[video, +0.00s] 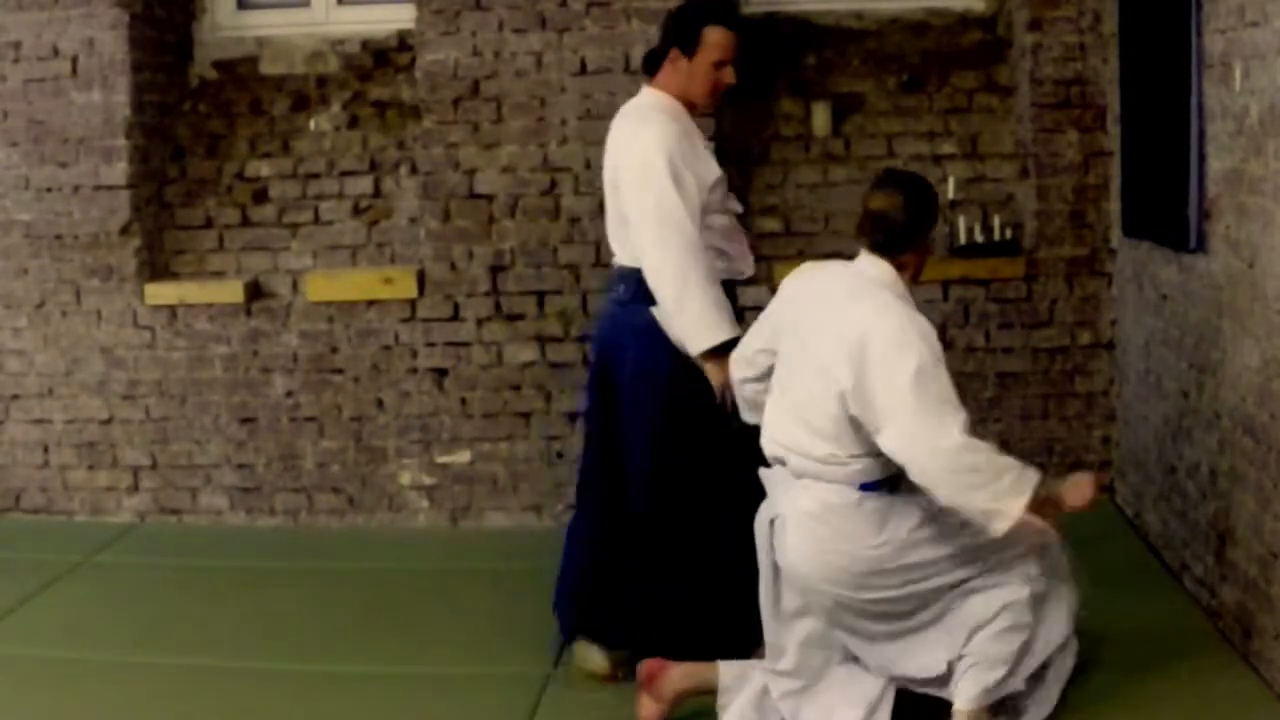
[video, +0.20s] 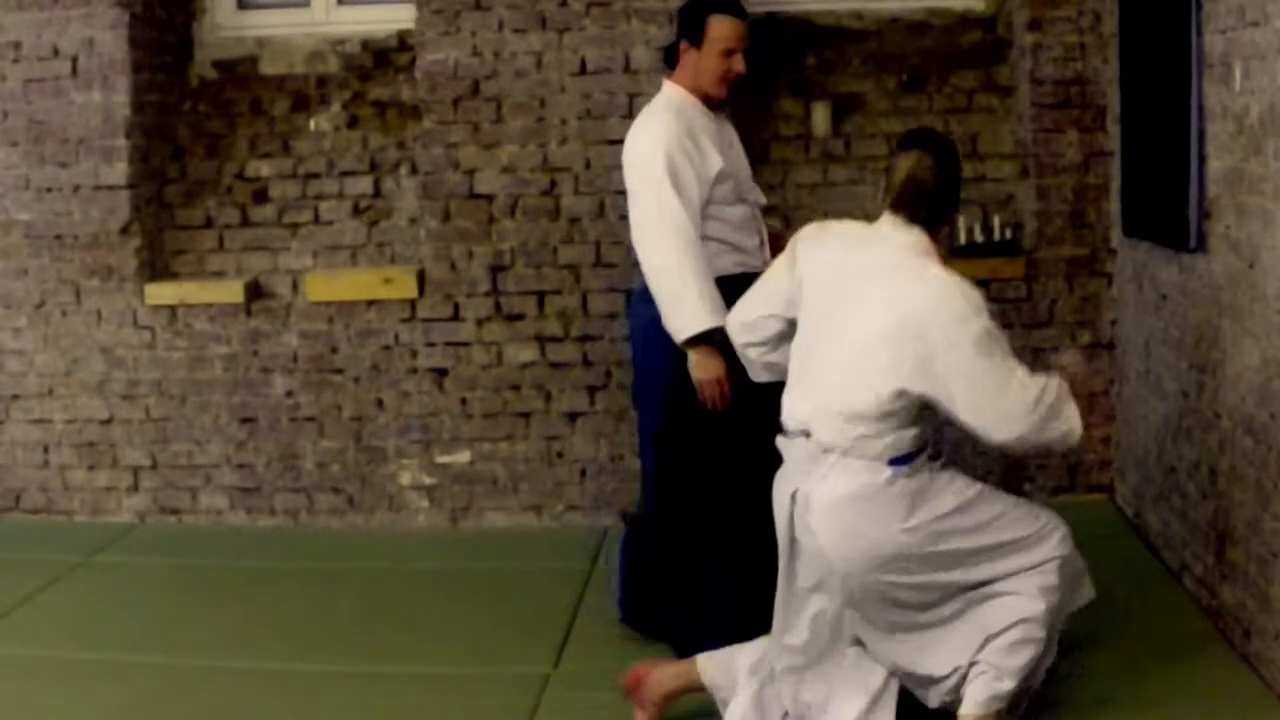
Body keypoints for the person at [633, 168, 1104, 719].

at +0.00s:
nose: (934, 248)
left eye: (927, 235)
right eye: (934, 237)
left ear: (861, 230)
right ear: (923, 248)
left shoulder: (806, 282)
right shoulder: (894, 325)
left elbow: (745, 371)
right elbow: (936, 452)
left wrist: (797, 429)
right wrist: (1046, 491)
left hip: (785, 514)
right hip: (852, 531)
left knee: (815, 677)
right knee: (1029, 554)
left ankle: (684, 680)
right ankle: (974, 706)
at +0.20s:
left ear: (885, 197)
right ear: (953, 217)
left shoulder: (817, 244)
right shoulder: (942, 298)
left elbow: (750, 337)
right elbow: (1010, 417)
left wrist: (823, 360)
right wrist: (1060, 391)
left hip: (796, 485)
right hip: (877, 499)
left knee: (839, 648)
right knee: (1043, 546)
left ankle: (682, 676)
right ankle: (980, 707)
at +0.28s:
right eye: (956, 159)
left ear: (891, 156)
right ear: (952, 169)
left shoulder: (812, 213)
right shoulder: (955, 253)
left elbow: (743, 302)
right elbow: (1026, 372)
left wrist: (810, 360)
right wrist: (1038, 315)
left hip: (798, 455)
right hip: (890, 471)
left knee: (815, 615)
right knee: (1044, 546)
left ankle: (660, 683)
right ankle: (976, 711)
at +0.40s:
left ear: (868, 83)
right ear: (937, 87)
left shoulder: (798, 155)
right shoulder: (970, 170)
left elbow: (727, 258)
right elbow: (1033, 300)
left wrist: (801, 293)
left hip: (796, 405)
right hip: (905, 416)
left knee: (765, 549)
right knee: (1022, 550)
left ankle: (648, 697)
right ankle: (973, 711)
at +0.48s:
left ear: (858, 47)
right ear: (930, 51)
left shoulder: (796, 122)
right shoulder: (969, 134)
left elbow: (708, 219)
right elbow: (1025, 257)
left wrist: (795, 226)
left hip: (799, 368)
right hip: (911, 380)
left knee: (737, 531)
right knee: (980, 553)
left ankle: (674, 693)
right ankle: (960, 699)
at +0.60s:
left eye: (821, 27)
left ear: (822, 34)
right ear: (894, 36)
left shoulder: (765, 100)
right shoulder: (948, 110)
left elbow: (665, 176)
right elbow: (1015, 209)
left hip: (782, 357)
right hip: (898, 362)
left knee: (720, 533)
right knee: (932, 558)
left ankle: (688, 700)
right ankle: (946, 701)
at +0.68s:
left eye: (779, 20)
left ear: (790, 29)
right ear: (869, 35)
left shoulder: (734, 105)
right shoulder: (917, 111)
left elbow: (642, 137)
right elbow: (997, 176)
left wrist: (737, 75)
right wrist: (903, 87)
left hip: (761, 369)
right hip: (881, 370)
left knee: (726, 597)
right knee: (911, 597)